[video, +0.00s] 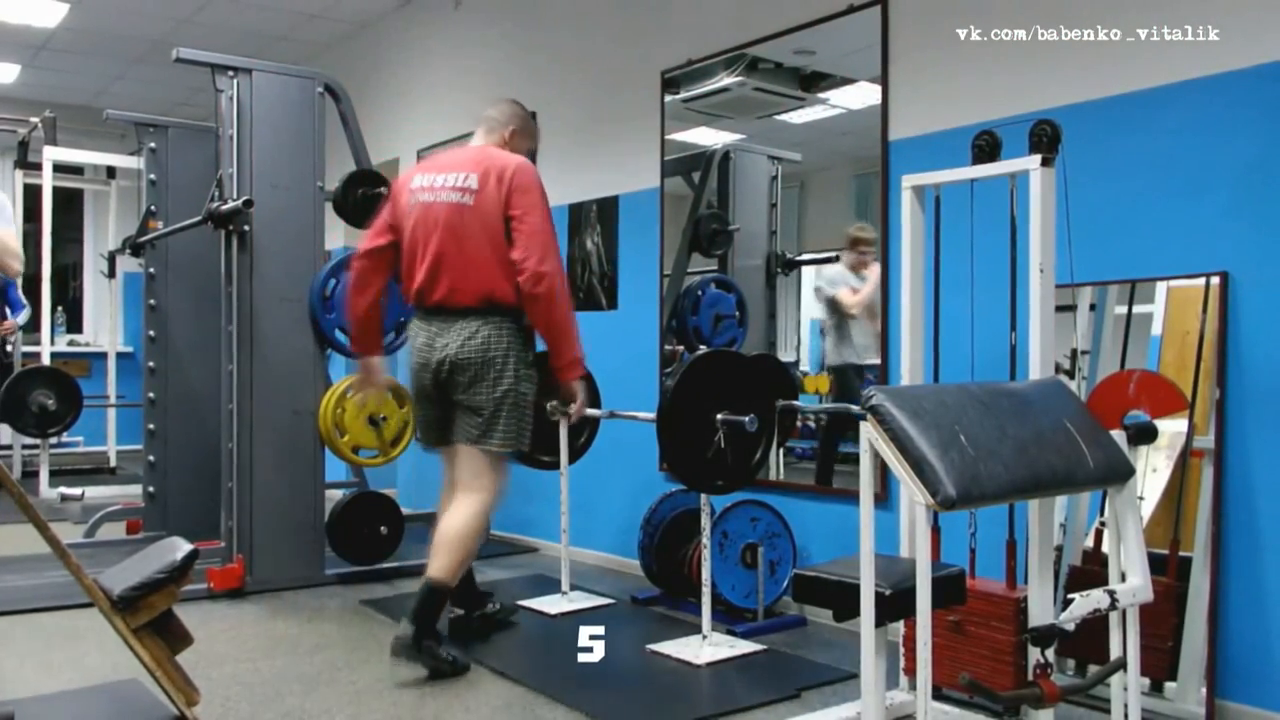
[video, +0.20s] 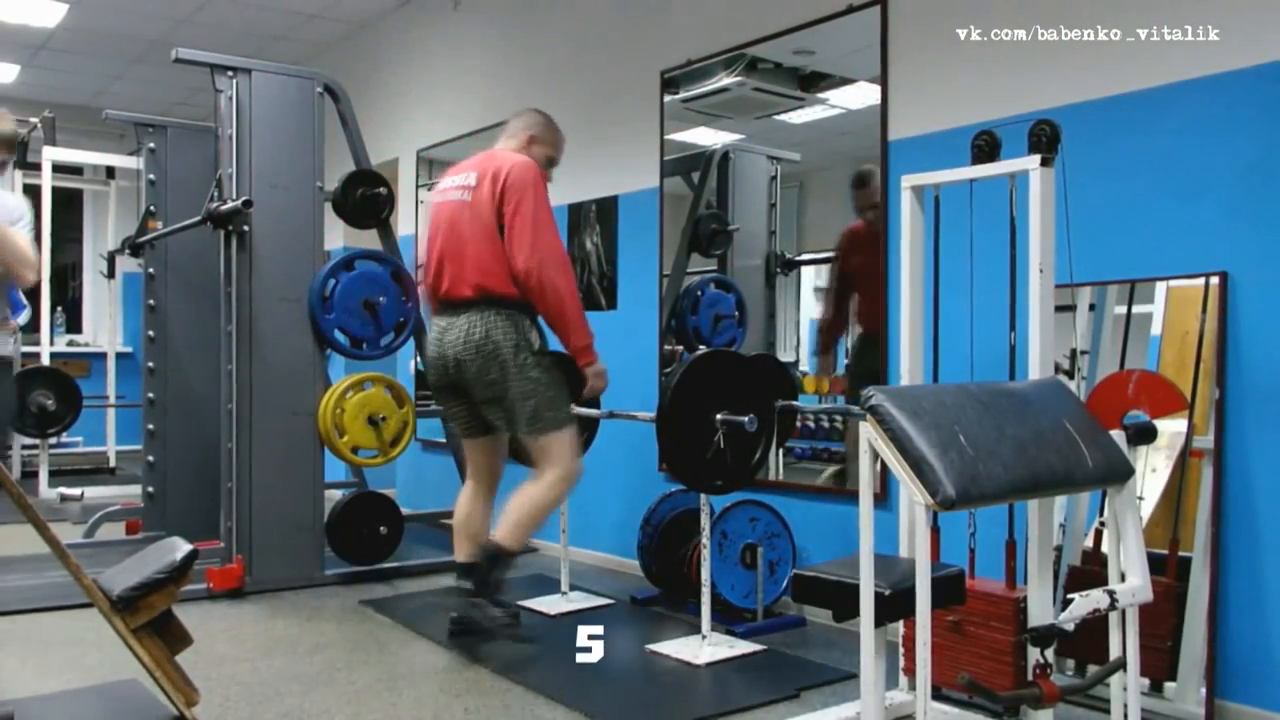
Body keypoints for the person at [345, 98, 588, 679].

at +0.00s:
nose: (527, 162)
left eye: (530, 155)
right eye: (529, 153)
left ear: (482, 128)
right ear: (513, 135)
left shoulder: (414, 175)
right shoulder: (515, 171)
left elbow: (367, 261)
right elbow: (538, 273)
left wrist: (368, 358)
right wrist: (570, 369)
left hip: (429, 337)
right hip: (489, 338)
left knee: (456, 481)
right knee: (477, 488)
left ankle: (468, 602)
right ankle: (421, 628)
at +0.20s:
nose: (546, 174)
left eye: (551, 167)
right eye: (548, 164)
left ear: (510, 138)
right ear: (530, 142)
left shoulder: (450, 179)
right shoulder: (519, 170)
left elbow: (430, 274)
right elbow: (539, 264)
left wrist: (450, 330)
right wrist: (585, 354)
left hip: (444, 333)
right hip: (498, 328)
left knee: (480, 472)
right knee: (561, 464)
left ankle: (469, 606)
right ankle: (487, 573)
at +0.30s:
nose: (557, 182)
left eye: (562, 174)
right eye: (560, 170)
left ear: (526, 140)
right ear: (543, 145)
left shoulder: (471, 177)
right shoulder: (522, 173)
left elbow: (466, 272)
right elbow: (545, 268)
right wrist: (592, 355)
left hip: (454, 330)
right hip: (504, 327)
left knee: (483, 472)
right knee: (574, 460)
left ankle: (471, 602)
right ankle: (542, 594)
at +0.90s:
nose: (676, 215)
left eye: (680, 209)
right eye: (681, 208)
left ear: (644, 175)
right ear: (673, 192)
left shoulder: (586, 187)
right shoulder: (657, 216)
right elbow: (637, 317)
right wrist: (639, 406)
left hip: (503, 320)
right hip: (558, 331)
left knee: (527, 457)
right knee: (581, 479)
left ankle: (509, 581)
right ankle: (595, 615)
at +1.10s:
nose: (684, 228)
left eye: (689, 224)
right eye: (689, 222)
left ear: (654, 188)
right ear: (680, 205)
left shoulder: (595, 199)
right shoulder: (661, 223)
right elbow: (633, 322)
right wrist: (638, 406)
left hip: (505, 319)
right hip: (557, 330)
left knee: (525, 474)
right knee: (581, 479)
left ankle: (532, 600)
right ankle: (595, 614)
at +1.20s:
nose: (682, 234)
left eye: (688, 229)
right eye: (687, 227)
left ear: (654, 192)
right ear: (678, 208)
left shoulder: (592, 203)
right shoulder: (658, 223)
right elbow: (631, 322)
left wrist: (578, 392)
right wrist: (638, 407)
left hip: (504, 322)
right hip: (555, 330)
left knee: (524, 474)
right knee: (579, 479)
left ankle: (532, 600)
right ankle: (595, 614)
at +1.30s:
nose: (678, 237)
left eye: (683, 233)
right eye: (682, 231)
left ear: (651, 196)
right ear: (675, 212)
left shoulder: (589, 207)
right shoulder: (656, 225)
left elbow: (554, 304)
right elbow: (627, 319)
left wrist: (578, 398)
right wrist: (636, 405)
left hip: (500, 324)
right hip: (551, 330)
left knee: (525, 474)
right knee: (578, 477)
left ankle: (532, 600)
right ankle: (594, 613)